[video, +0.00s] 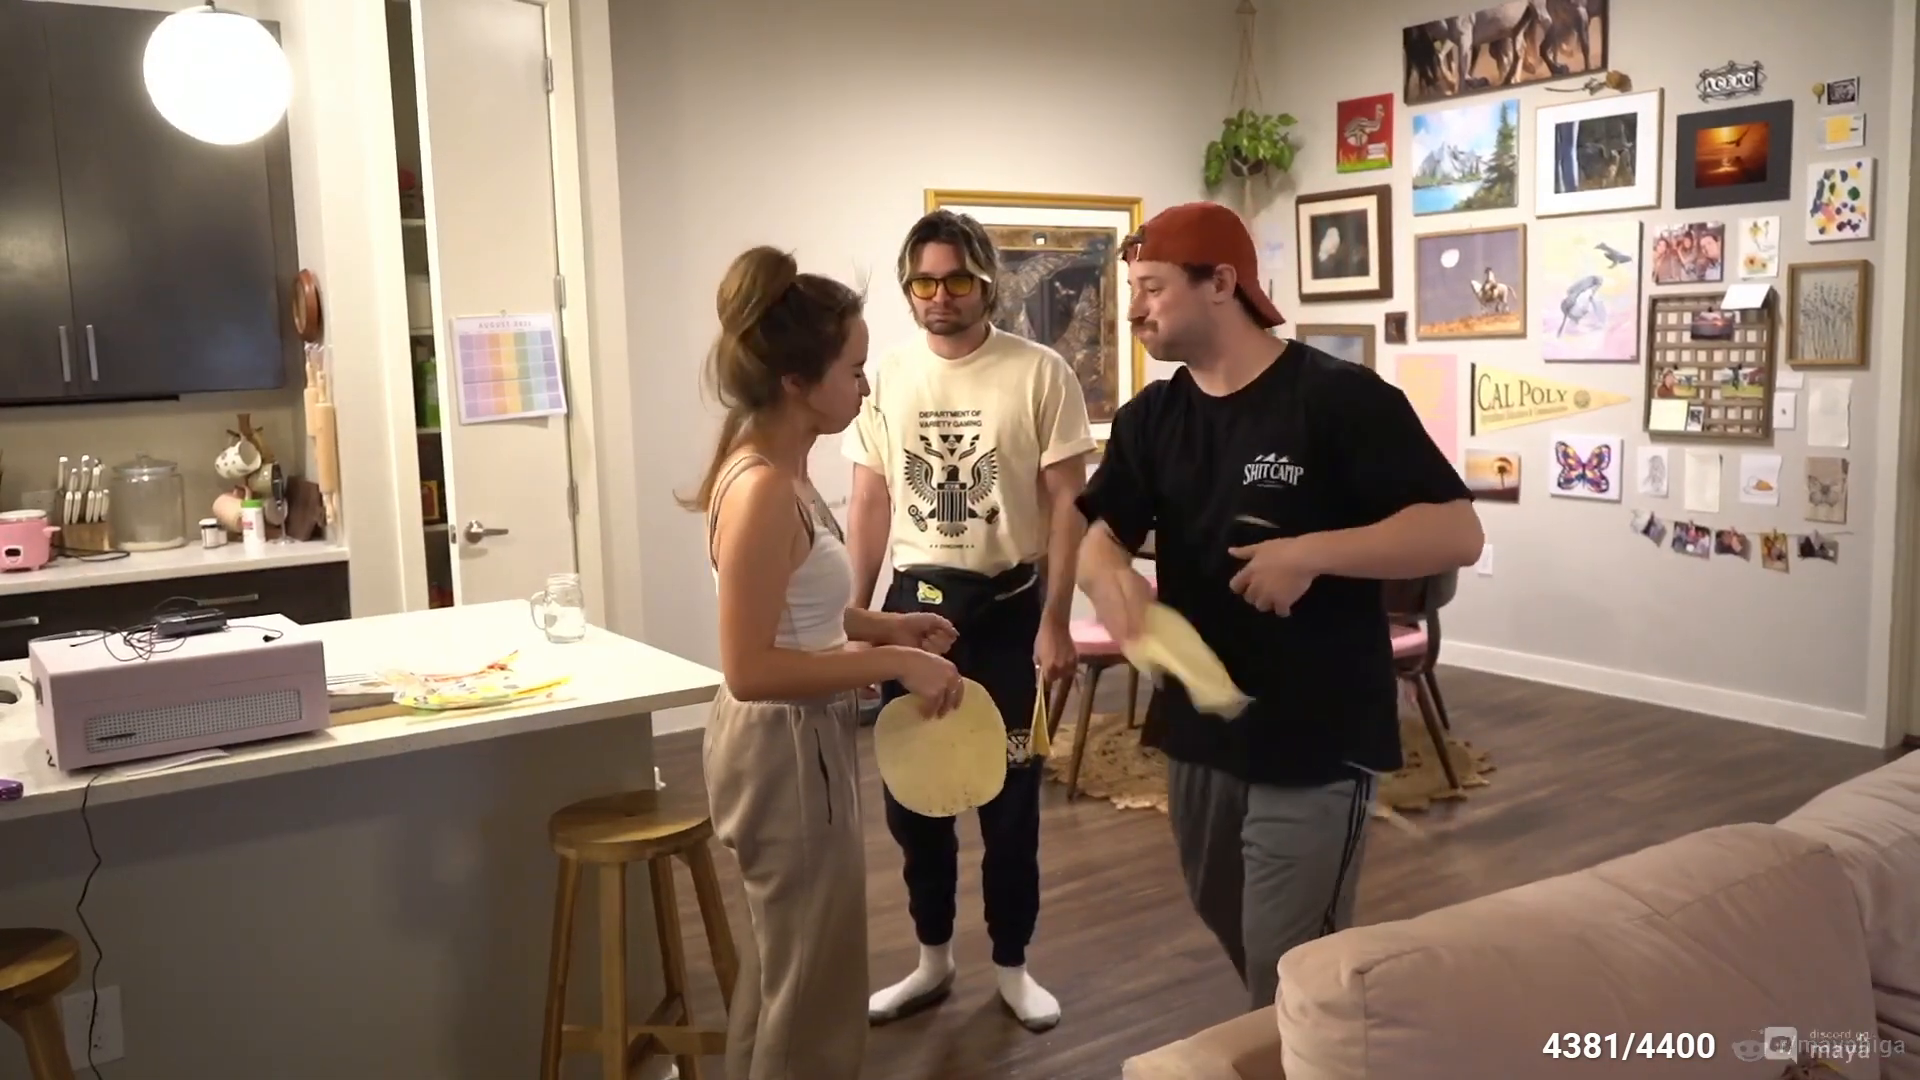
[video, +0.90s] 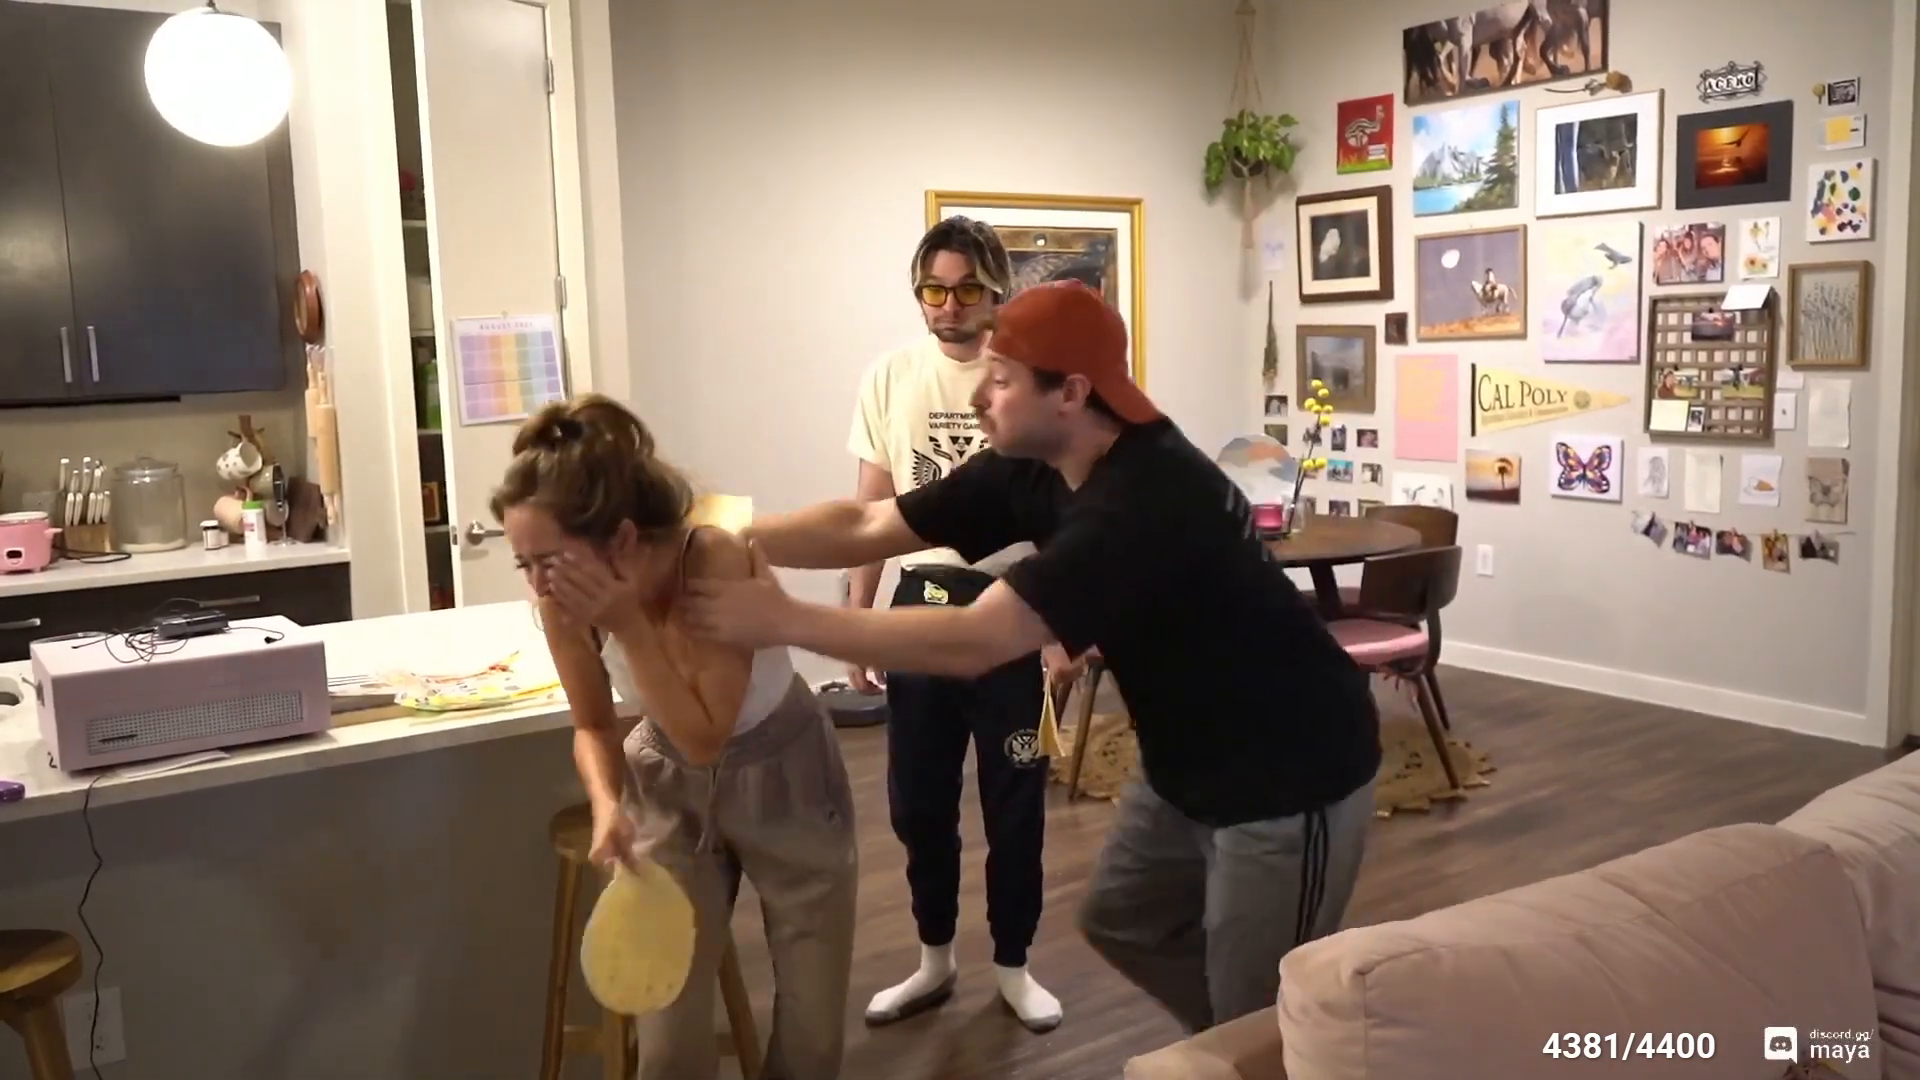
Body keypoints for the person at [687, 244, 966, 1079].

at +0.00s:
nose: (866, 382)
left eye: (864, 365)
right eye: (855, 369)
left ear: (796, 382)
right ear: (797, 382)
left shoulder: (783, 473)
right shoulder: (761, 489)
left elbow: (797, 616)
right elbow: (750, 671)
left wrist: (888, 627)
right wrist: (896, 663)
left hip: (798, 739)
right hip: (782, 751)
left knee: (795, 970)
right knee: (811, 983)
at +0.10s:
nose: (849, 395)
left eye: (853, 376)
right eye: (833, 381)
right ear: (770, 383)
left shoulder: (795, 465)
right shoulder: (745, 486)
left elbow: (802, 591)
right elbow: (753, 668)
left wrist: (885, 564)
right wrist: (898, 652)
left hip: (809, 735)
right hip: (777, 749)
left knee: (806, 970)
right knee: (805, 982)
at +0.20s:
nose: (796, 413)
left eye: (812, 390)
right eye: (774, 394)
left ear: (831, 377)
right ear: (734, 384)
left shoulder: (804, 462)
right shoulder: (723, 479)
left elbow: (883, 555)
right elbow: (749, 649)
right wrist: (895, 623)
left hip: (820, 724)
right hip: (771, 737)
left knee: (837, 971)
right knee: (822, 981)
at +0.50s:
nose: (704, 431)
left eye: (719, 406)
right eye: (683, 415)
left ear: (768, 395)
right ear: (666, 415)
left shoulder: (816, 462)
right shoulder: (665, 497)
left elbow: (831, 621)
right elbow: (669, 660)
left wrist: (765, 491)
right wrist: (783, 649)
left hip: (817, 731)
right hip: (715, 743)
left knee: (826, 988)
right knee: (774, 1010)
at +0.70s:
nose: (616, 488)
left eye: (634, 463)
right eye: (603, 466)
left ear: (703, 451)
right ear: (595, 457)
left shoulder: (777, 497)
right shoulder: (617, 534)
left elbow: (759, 670)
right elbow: (625, 682)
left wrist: (698, 541)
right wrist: (689, 710)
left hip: (804, 753)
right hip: (688, 764)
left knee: (813, 1005)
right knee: (712, 1030)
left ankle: (799, 1076)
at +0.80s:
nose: (576, 529)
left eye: (590, 505)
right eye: (562, 510)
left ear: (660, 491)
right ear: (557, 502)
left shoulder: (749, 525)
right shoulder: (589, 568)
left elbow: (729, 701)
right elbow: (610, 695)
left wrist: (658, 574)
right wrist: (646, 749)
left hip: (792, 751)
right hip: (677, 757)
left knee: (814, 1009)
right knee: (690, 1024)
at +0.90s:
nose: (538, 583)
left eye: (551, 562)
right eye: (524, 563)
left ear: (624, 540)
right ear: (515, 544)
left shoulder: (715, 559)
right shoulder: (558, 595)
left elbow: (704, 740)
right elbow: (592, 722)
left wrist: (629, 624)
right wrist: (606, 803)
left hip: (783, 766)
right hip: (670, 770)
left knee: (812, 1036)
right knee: (668, 1040)